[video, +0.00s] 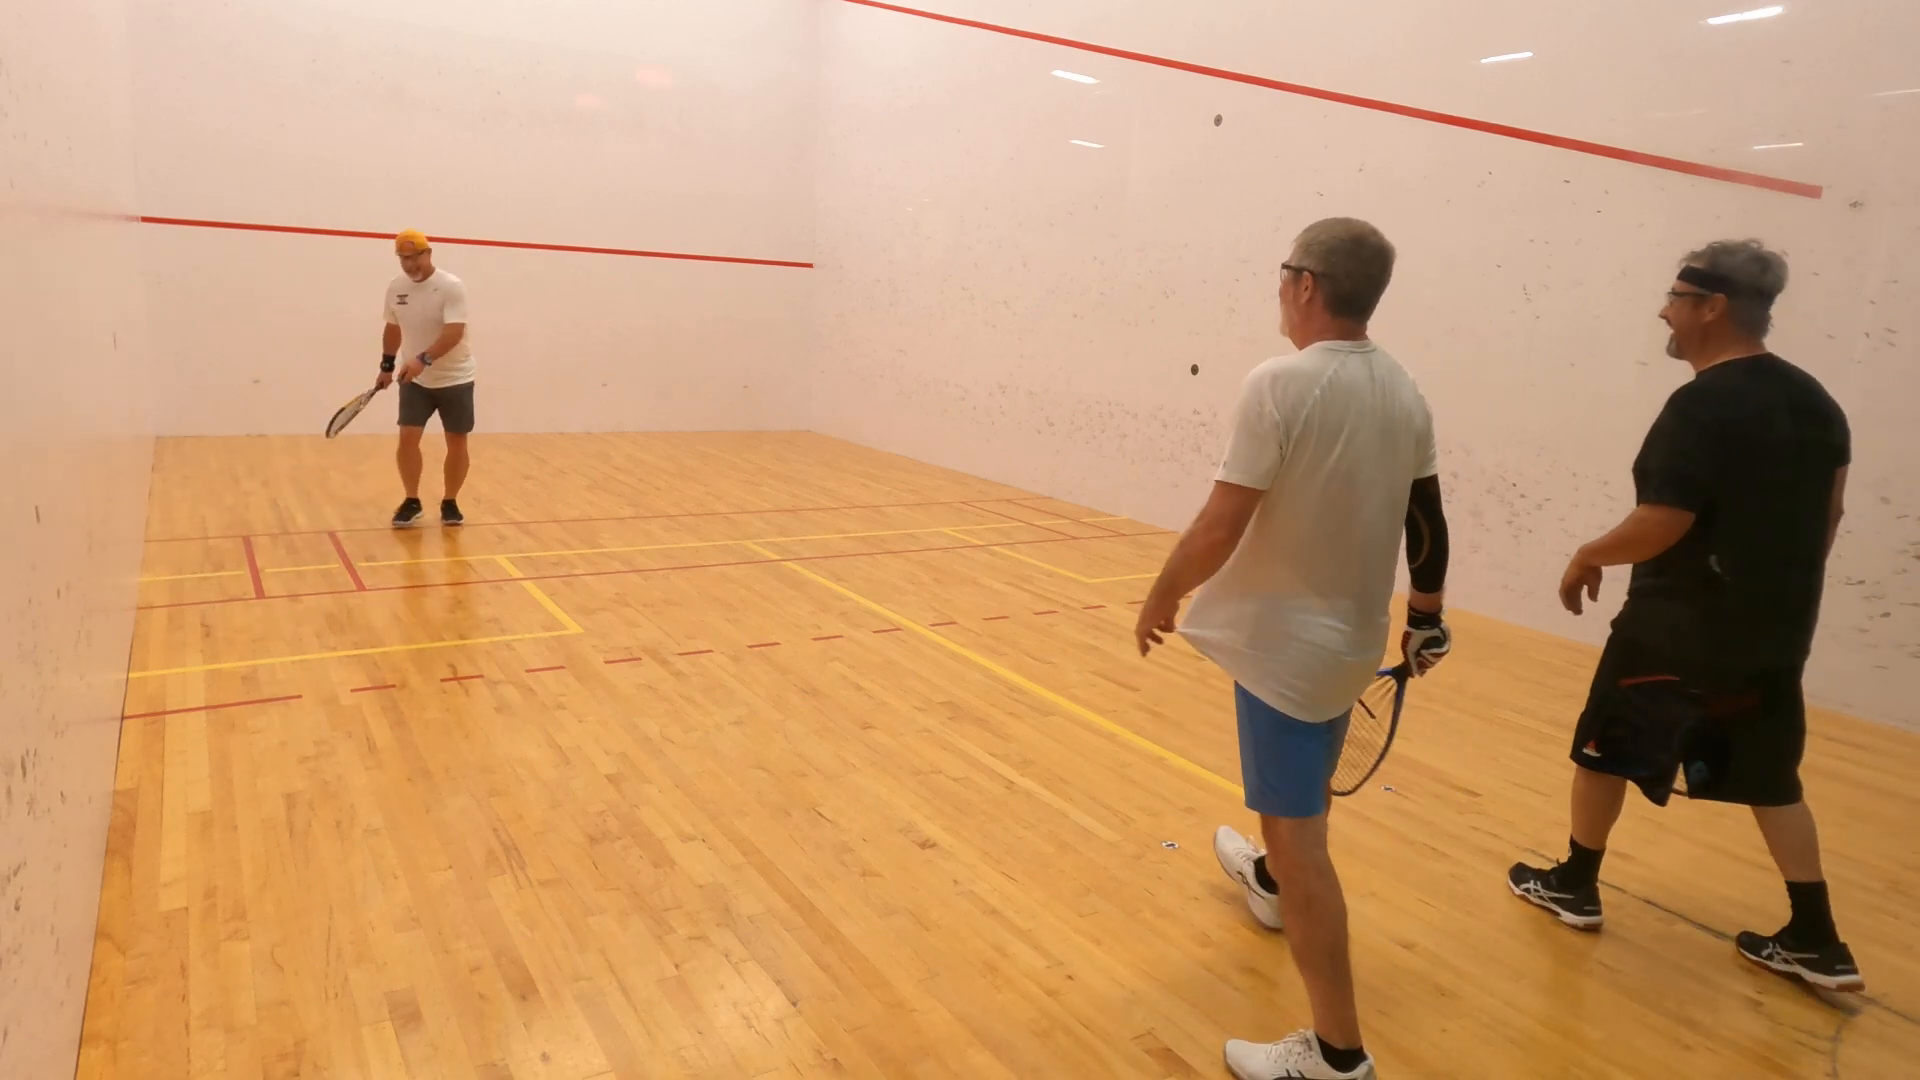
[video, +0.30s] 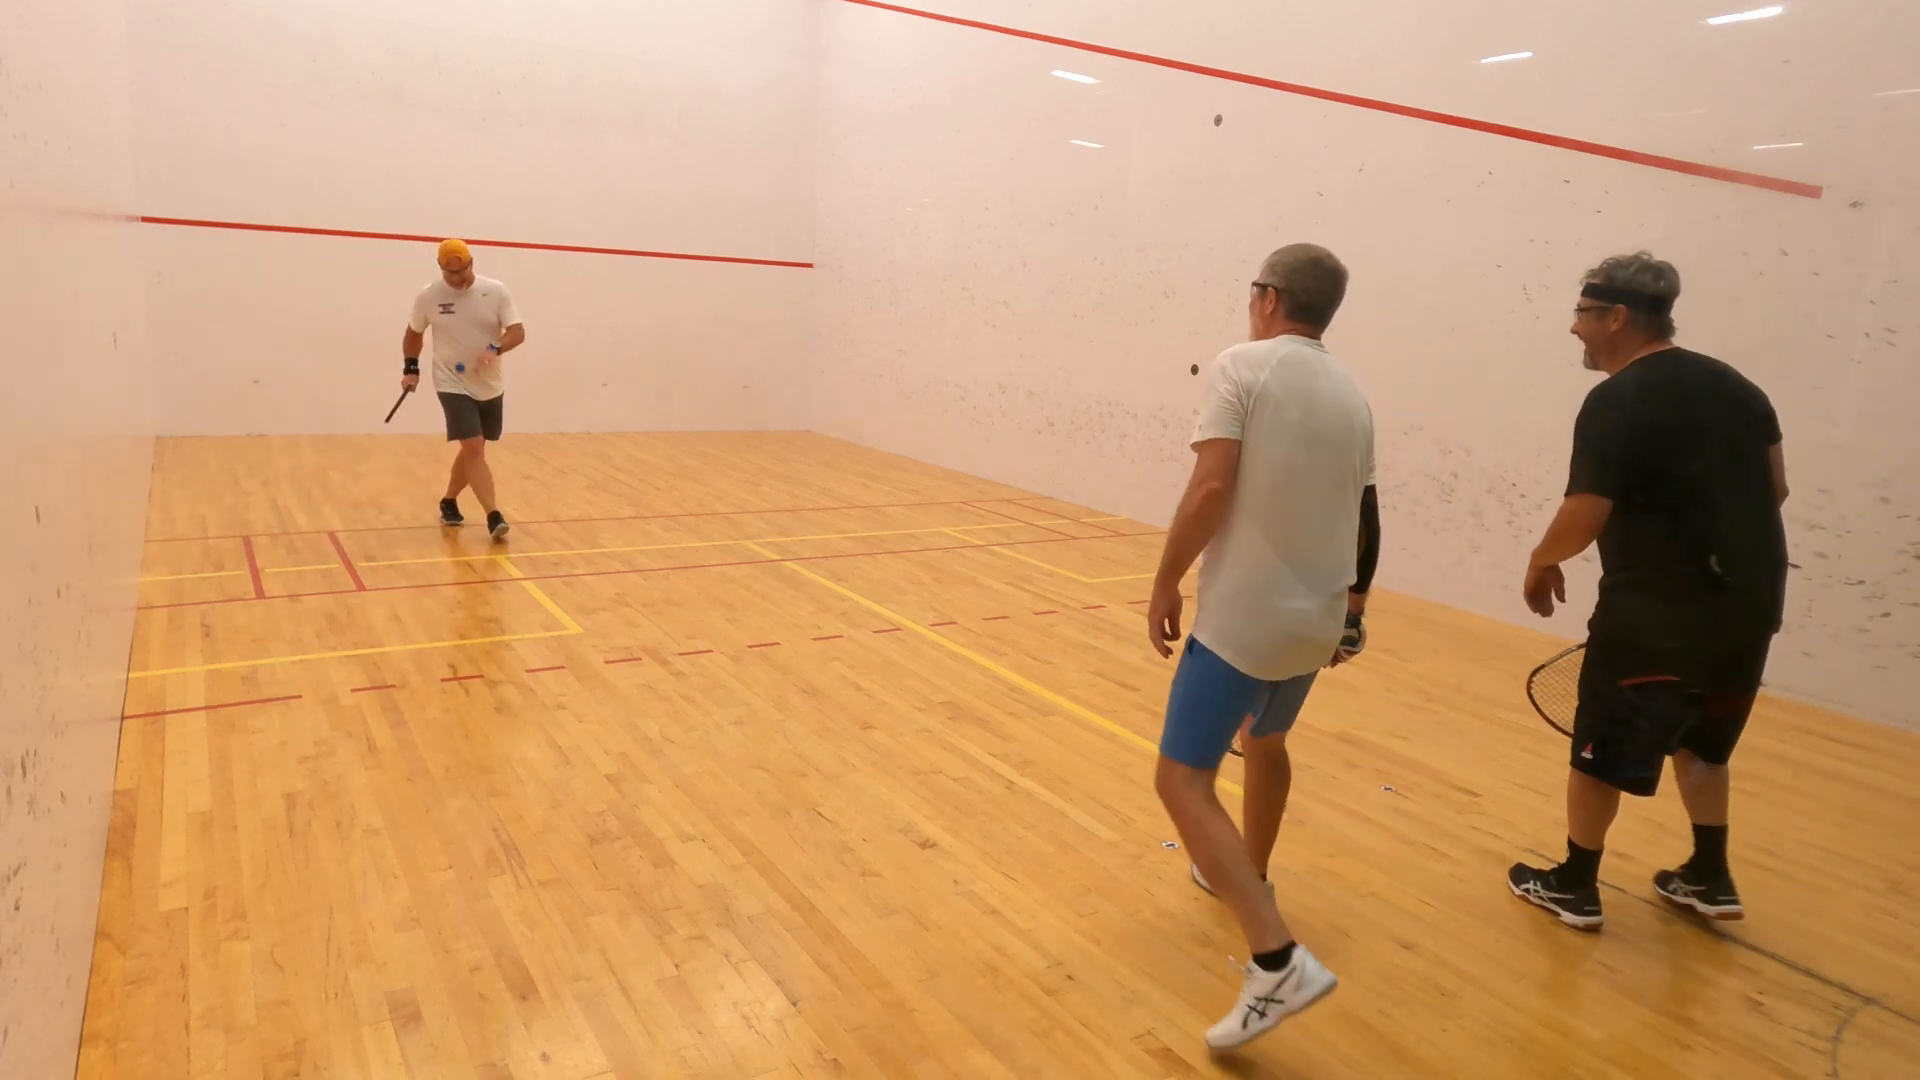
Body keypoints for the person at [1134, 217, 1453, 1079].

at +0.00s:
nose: (1279, 290)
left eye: (1285, 276)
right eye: (1284, 275)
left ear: (1307, 288)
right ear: (1369, 296)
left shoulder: (1281, 385)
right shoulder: (1404, 395)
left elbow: (1222, 523)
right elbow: (1425, 524)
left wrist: (1165, 591)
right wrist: (1427, 615)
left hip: (1287, 651)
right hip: (1355, 642)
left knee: (1297, 846)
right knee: (1301, 754)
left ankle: (1339, 1048)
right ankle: (1277, 876)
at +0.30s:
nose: (1249, 306)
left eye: (1254, 294)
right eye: (1255, 294)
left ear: (1270, 301)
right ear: (1325, 314)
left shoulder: (1243, 366)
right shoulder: (1351, 393)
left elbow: (1213, 486)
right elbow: (1359, 518)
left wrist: (1167, 581)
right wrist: (1347, 604)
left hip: (1246, 615)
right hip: (1320, 619)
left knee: (1181, 778)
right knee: (1267, 741)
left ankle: (1280, 962)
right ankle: (1239, 873)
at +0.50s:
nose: (1214, 321)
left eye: (1218, 309)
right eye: (1219, 310)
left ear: (1233, 311)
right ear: (1284, 322)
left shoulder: (1216, 360)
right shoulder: (1312, 392)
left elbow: (1195, 462)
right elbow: (1323, 521)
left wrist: (1155, 567)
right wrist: (1289, 604)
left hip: (1226, 597)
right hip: (1301, 605)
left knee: (1136, 747)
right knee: (1257, 730)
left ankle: (1132, 942)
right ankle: (1251, 877)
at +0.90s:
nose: (1090, 316)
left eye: (1093, 305)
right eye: (1094, 304)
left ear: (1108, 308)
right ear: (1167, 315)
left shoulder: (1097, 379)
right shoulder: (1207, 390)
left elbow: (1070, 499)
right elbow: (1237, 514)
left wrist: (1045, 605)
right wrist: (1189, 577)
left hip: (1128, 607)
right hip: (1211, 607)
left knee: (1038, 745)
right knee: (1215, 733)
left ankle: (1008, 918)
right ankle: (1246, 875)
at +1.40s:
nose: (1084, 289)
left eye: (1087, 278)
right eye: (1088, 277)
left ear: (1099, 285)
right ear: (1161, 288)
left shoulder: (1090, 369)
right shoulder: (1190, 362)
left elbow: (1055, 493)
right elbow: (1193, 483)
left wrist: (986, 477)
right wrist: (1095, 521)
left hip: (1113, 597)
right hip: (1194, 595)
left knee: (1045, 746)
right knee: (1204, 734)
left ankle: (1009, 918)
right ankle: (1217, 877)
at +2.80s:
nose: (1195, 293)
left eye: (1199, 282)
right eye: (1201, 281)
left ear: (1215, 290)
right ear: (1268, 300)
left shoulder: (1193, 362)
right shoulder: (1287, 376)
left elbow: (1167, 483)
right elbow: (1294, 478)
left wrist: (1123, 521)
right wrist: (1158, 511)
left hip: (1189, 593)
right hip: (1257, 594)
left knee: (1110, 735)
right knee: (1208, 718)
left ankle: (1094, 921)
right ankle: (1210, 876)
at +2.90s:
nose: (1216, 289)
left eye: (1221, 279)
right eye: (1220, 277)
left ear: (1235, 286)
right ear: (1294, 294)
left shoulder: (1216, 358)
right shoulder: (1309, 368)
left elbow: (1187, 480)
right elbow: (1296, 481)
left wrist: (1143, 514)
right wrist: (1172, 517)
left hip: (1207, 591)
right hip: (1273, 591)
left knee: (1138, 741)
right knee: (1215, 723)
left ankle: (1182, 933)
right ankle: (1210, 874)